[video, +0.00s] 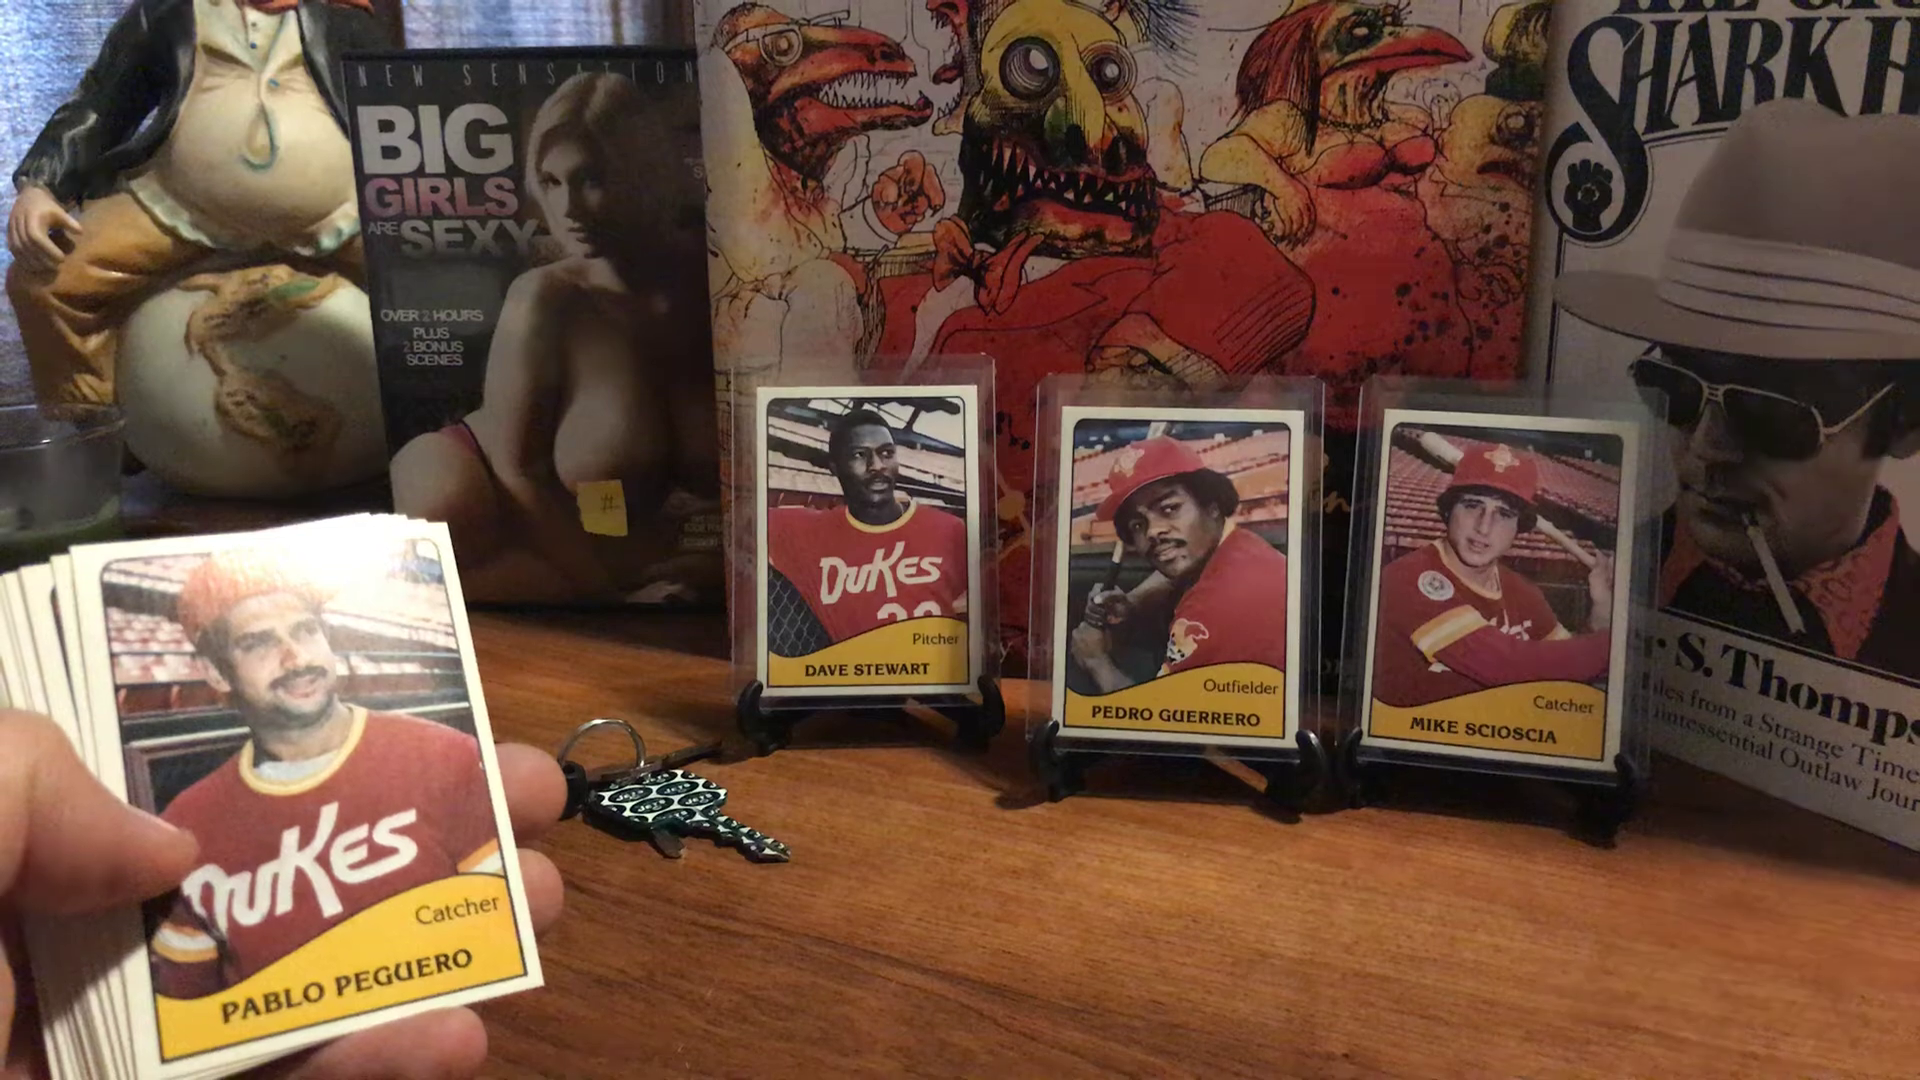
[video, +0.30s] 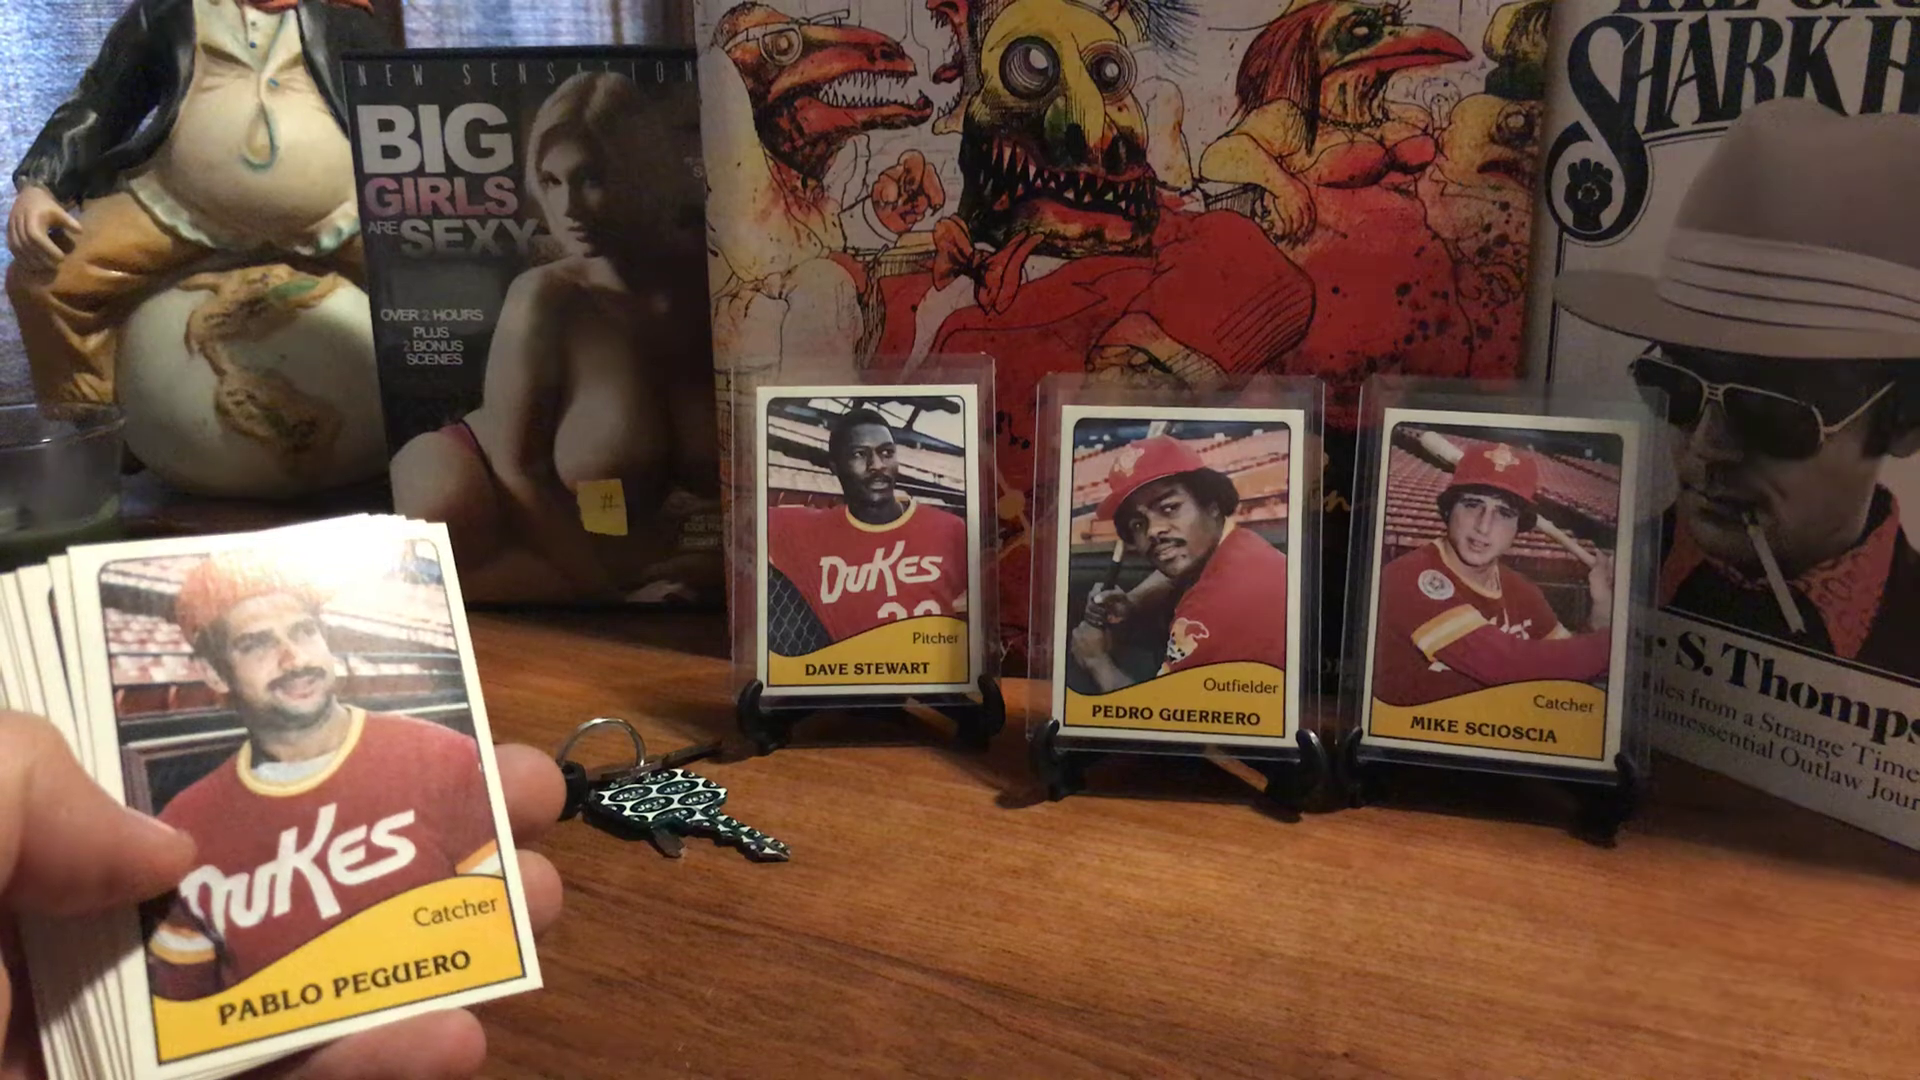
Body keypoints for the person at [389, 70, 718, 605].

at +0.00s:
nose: (570, 206)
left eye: (591, 179)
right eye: (551, 182)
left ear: (641, 178)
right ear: (536, 189)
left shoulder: (695, 288)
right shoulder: (543, 297)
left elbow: (703, 460)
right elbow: (513, 465)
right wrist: (610, 582)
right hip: (484, 469)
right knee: (439, 507)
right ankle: (616, 585)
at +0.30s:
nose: (570, 205)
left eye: (591, 179)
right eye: (552, 181)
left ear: (640, 177)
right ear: (536, 188)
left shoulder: (692, 288)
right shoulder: (542, 297)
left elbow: (703, 459)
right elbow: (512, 464)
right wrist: (610, 583)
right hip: (485, 471)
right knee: (438, 501)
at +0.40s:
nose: (570, 205)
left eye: (591, 179)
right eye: (552, 182)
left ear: (641, 178)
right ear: (536, 189)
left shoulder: (692, 288)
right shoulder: (542, 297)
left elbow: (702, 459)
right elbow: (512, 464)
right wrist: (611, 583)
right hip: (481, 466)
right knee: (440, 508)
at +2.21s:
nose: (569, 205)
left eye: (590, 178)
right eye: (552, 181)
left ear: (638, 177)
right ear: (535, 188)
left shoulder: (683, 293)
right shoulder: (543, 298)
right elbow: (513, 465)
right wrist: (601, 576)